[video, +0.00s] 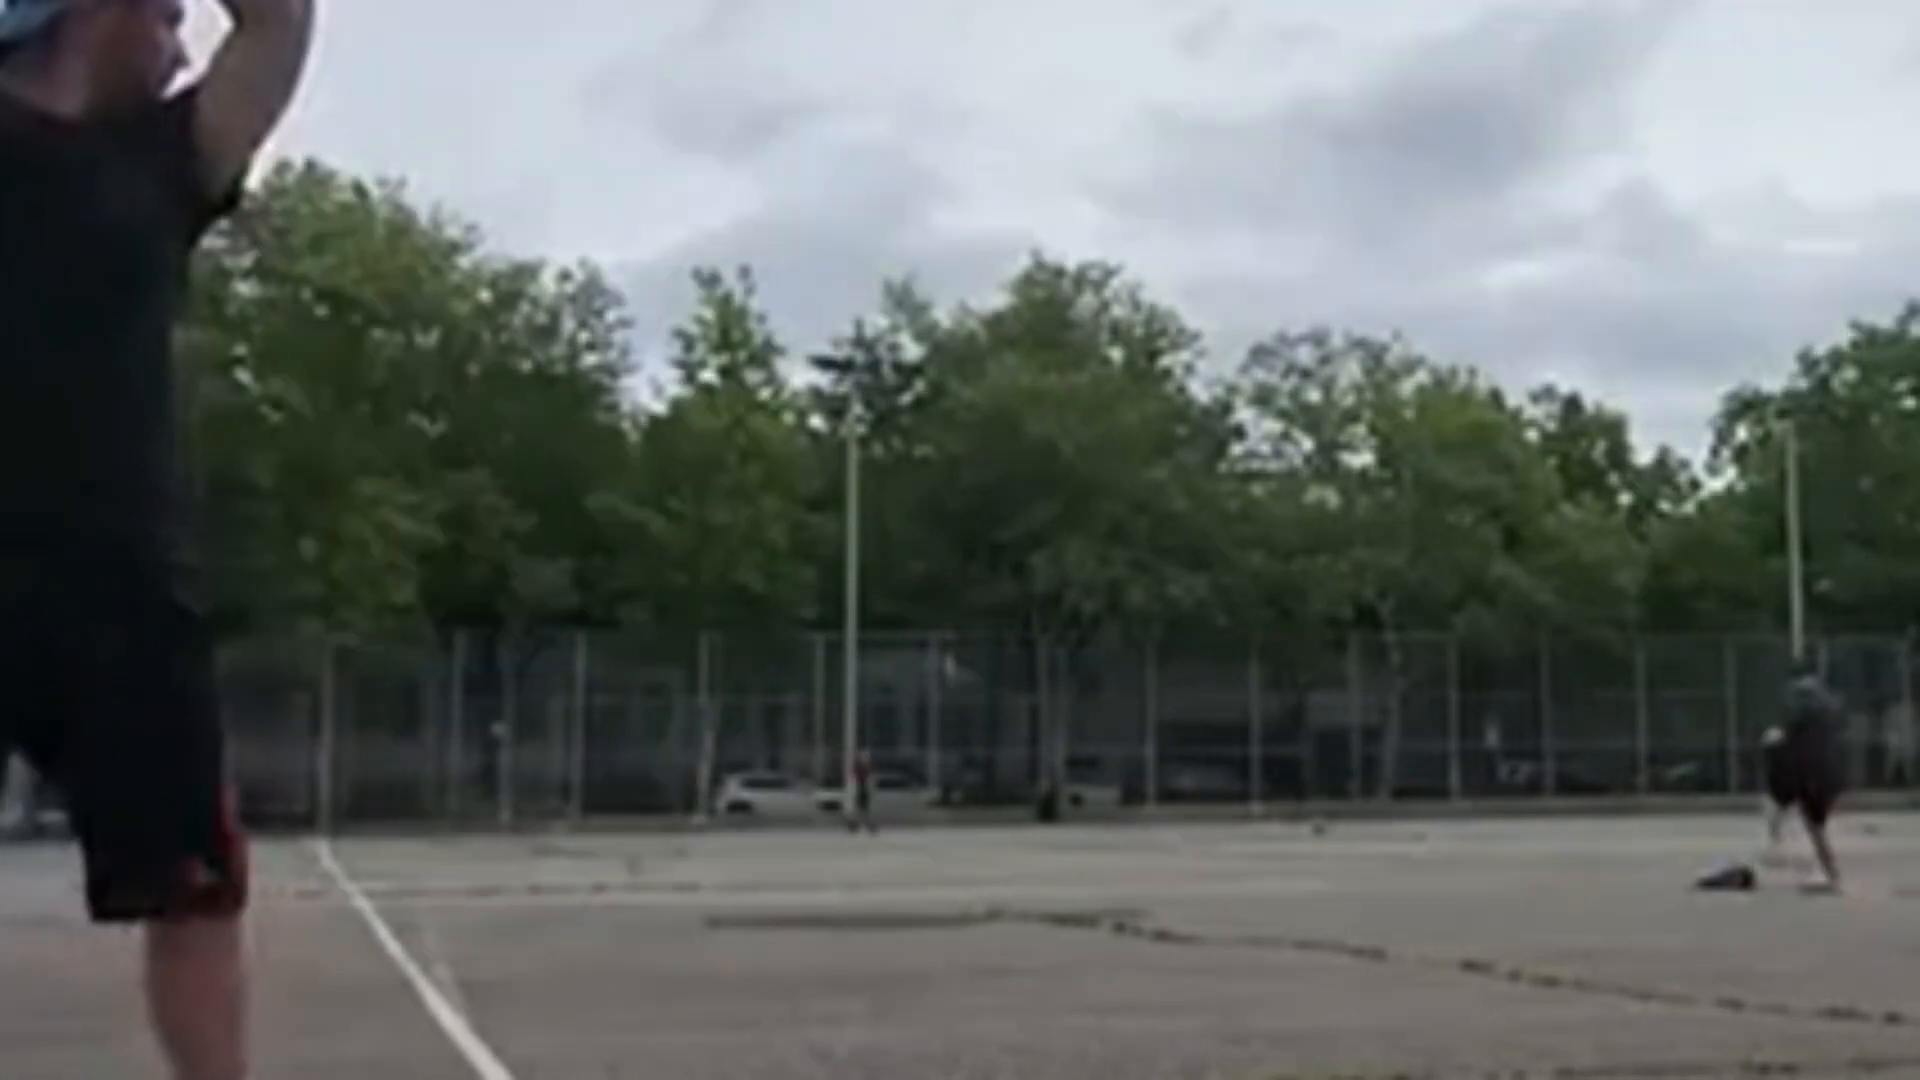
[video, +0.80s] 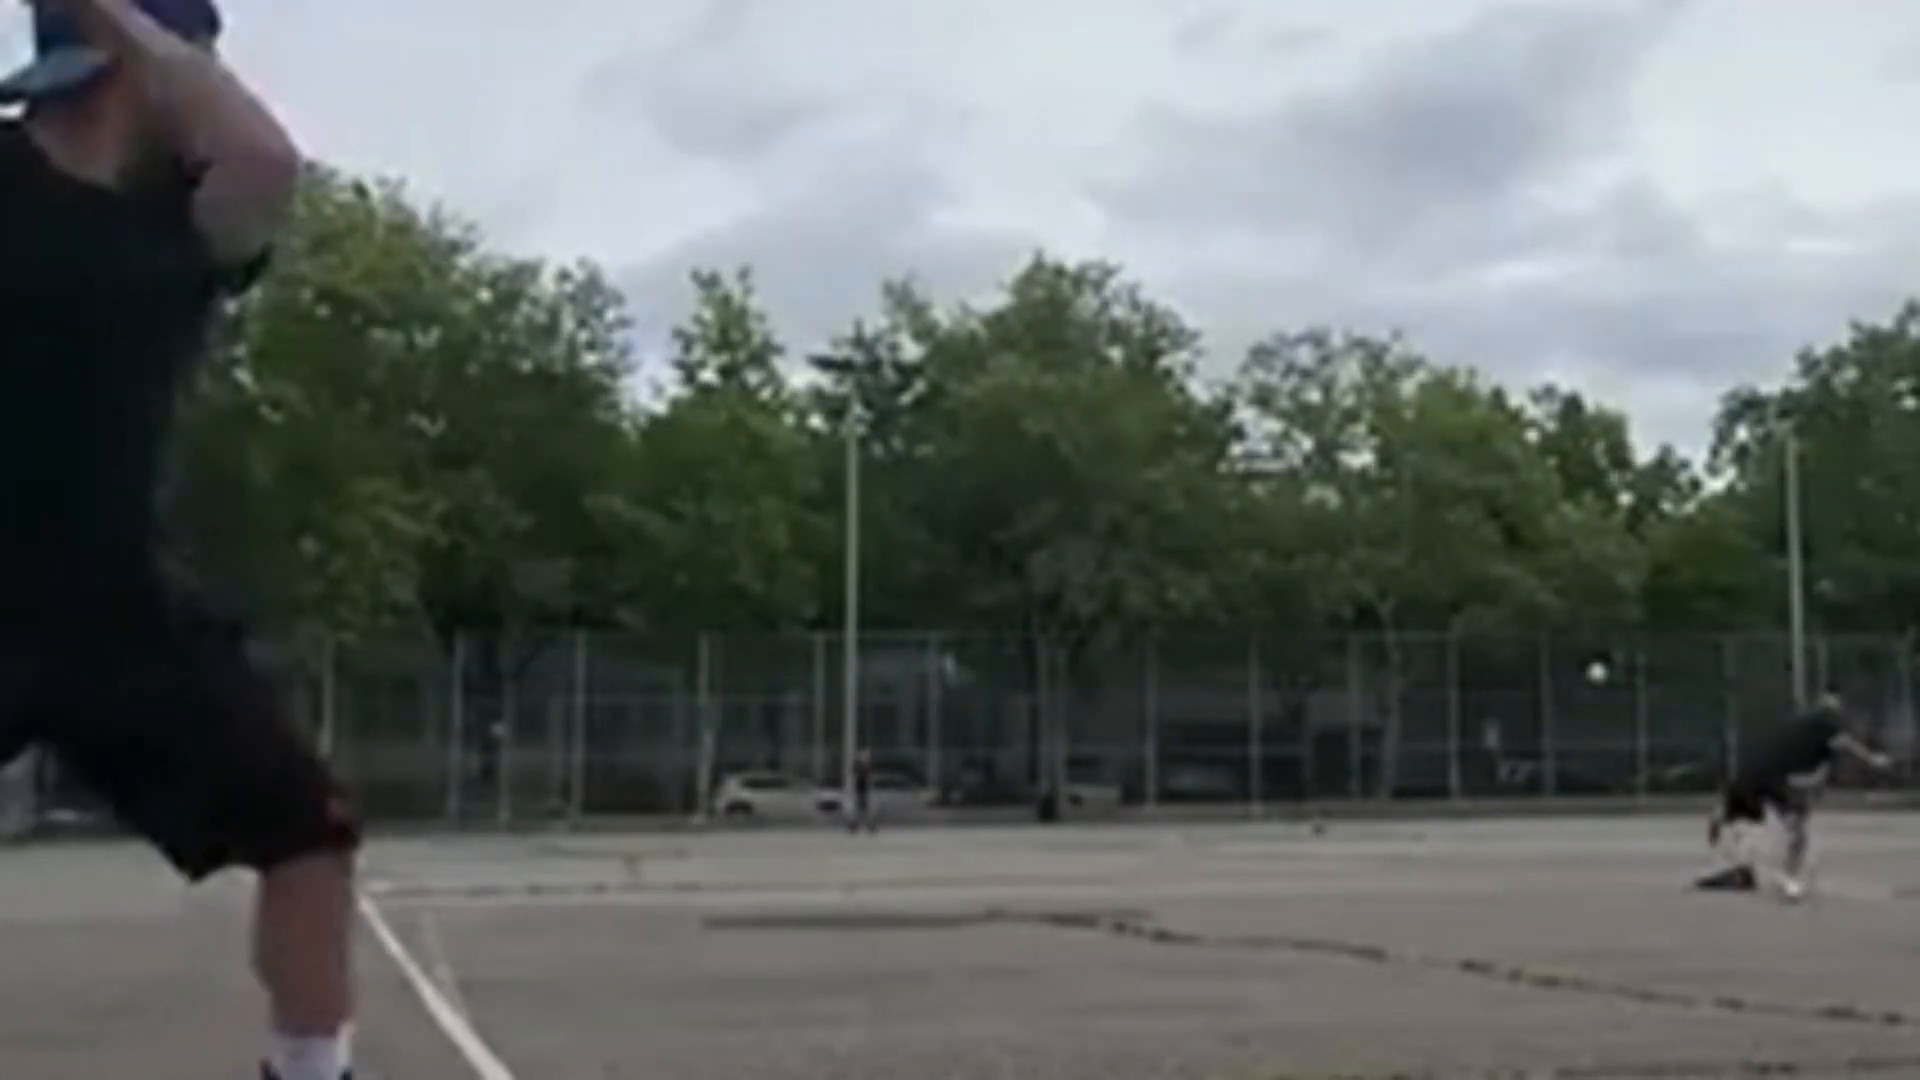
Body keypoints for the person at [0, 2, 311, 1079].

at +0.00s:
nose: (177, 39)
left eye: (178, 21)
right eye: (157, 15)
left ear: (163, 32)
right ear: (89, 14)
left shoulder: (161, 159)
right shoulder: (15, 132)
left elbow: (278, 23)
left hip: (114, 565)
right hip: (27, 560)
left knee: (194, 880)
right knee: (186, 882)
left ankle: (216, 1068)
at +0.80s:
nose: (194, 92)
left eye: (194, 68)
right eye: (184, 64)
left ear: (176, 86)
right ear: (112, 62)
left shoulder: (176, 222)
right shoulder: (12, 174)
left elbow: (260, 160)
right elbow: (261, 161)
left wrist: (127, 28)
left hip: (100, 589)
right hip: (28, 590)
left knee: (304, 831)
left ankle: (311, 1059)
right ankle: (310, 1055)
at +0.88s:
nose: (228, 137)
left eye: (227, 110)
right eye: (216, 106)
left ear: (141, 99)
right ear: (147, 93)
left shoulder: (208, 249)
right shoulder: (9, 190)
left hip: (98, 611)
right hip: (43, 611)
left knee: (319, 848)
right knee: (315, 848)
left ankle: (349, 1060)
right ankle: (348, 1059)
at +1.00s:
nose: (258, 222)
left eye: (258, 195)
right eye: (243, 191)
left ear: (166, 189)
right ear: (164, 187)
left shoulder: (241, 335)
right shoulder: (29, 302)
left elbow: (143, 356)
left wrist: (6, 294)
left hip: (140, 698)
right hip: (17, 699)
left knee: (330, 886)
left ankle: (350, 1073)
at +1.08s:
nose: (255, 231)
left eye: (253, 206)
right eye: (235, 206)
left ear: (165, 217)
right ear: (148, 217)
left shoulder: (244, 327)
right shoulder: (33, 366)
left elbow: (235, 421)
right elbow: (84, 626)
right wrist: (41, 530)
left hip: (160, 704)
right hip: (33, 716)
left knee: (295, 881)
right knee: (5, 977)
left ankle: (338, 1069)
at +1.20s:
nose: (257, 236)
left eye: (256, 211)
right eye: (240, 210)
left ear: (142, 201)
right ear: (152, 203)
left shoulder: (31, 270)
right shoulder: (160, 318)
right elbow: (276, 453)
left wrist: (248, 432)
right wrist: (299, 450)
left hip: (73, 705)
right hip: (53, 710)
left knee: (212, 945)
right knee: (40, 1036)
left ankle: (319, 1066)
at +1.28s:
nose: (254, 211)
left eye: (256, 183)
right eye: (245, 182)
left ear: (120, 154)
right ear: (183, 176)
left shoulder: (17, 231)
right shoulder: (188, 307)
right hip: (73, 659)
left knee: (179, 955)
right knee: (40, 1024)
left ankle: (290, 1065)